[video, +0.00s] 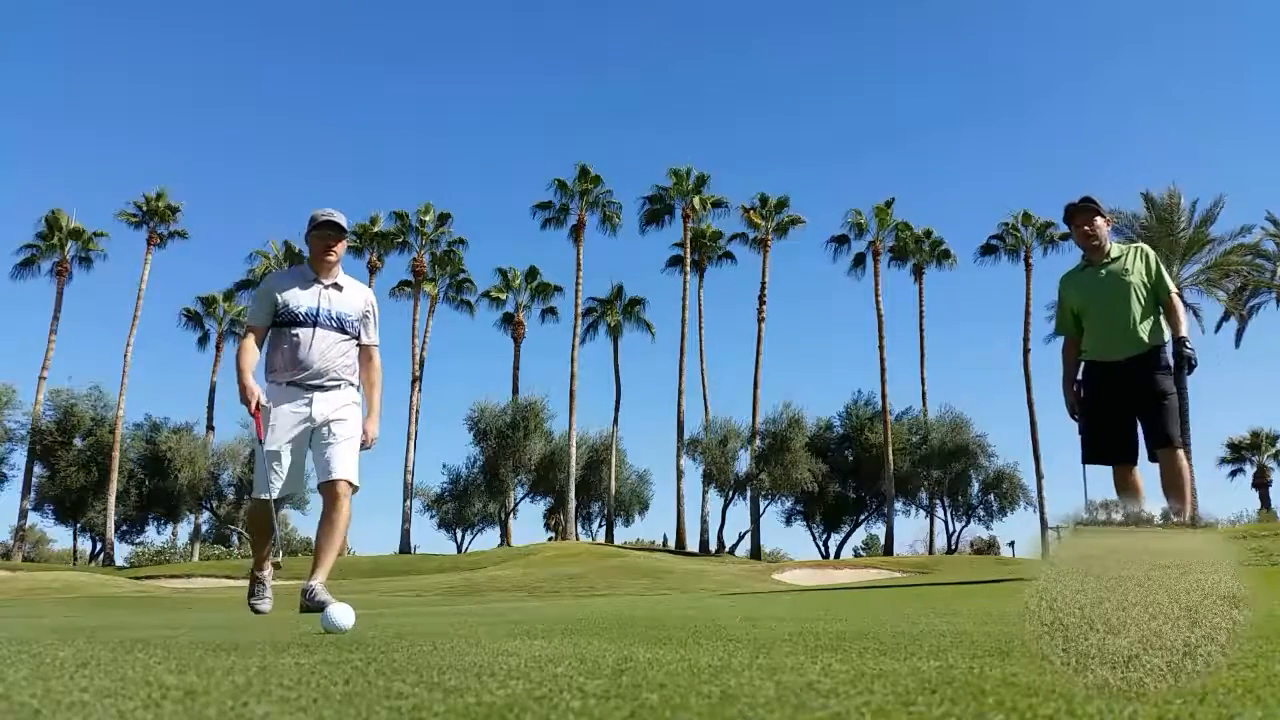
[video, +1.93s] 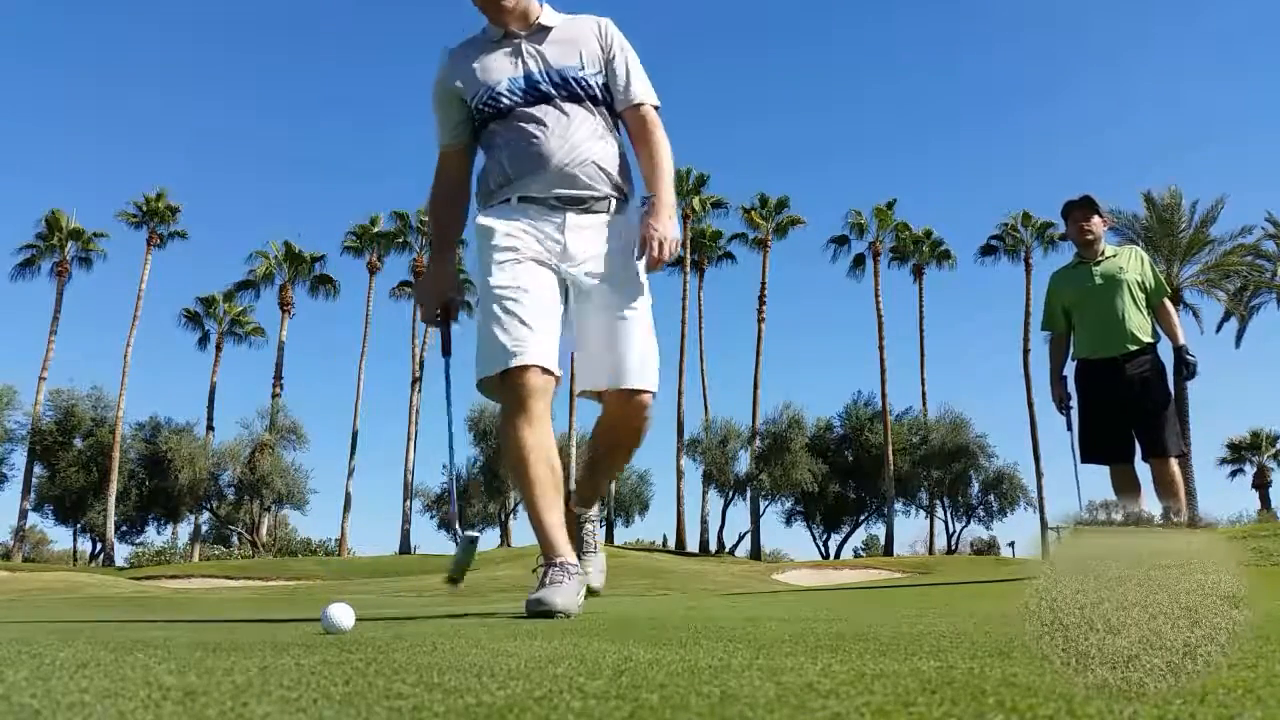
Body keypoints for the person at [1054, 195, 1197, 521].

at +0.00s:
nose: (1087, 229)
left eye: (1092, 221)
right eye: (1079, 226)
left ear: (1107, 223)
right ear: (1072, 235)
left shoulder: (1140, 254)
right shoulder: (1071, 282)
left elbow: (1170, 298)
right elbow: (1071, 339)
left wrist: (1182, 339)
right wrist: (1069, 386)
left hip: (1149, 366)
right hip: (1102, 375)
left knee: (1168, 446)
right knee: (1120, 460)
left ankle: (1181, 525)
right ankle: (1136, 530)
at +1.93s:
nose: (1083, 225)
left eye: (1088, 218)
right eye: (1075, 221)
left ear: (1104, 223)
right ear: (1067, 232)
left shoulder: (1134, 257)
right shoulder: (1062, 280)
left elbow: (1160, 303)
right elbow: (1059, 334)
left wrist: (1180, 346)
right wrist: (1056, 378)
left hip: (1143, 369)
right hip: (1096, 376)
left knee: (1162, 453)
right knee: (1118, 459)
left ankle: (1178, 528)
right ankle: (1135, 531)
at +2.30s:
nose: (1082, 226)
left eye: (1088, 219)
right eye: (1074, 223)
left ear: (1103, 224)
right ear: (1066, 232)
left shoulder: (1133, 258)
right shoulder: (1061, 281)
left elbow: (1159, 303)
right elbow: (1060, 337)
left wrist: (1180, 342)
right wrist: (1060, 383)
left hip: (1142, 369)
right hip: (1095, 376)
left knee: (1162, 453)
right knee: (1117, 460)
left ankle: (1180, 529)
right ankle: (1134, 534)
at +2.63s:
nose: (1100, 231)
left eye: (1103, 225)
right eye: (1091, 226)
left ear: (1108, 228)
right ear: (1072, 232)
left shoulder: (1133, 259)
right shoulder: (1061, 283)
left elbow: (1166, 302)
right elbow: (1059, 338)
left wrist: (1164, 307)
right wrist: (1053, 382)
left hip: (1141, 368)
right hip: (1095, 375)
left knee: (1162, 453)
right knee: (1117, 460)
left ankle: (1179, 530)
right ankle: (1135, 535)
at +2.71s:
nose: (1100, 232)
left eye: (1103, 225)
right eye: (1092, 227)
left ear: (1108, 228)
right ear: (1073, 233)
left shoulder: (1133, 260)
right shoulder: (1061, 283)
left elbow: (1166, 307)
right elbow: (1059, 338)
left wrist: (1161, 308)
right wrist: (1053, 383)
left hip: (1141, 368)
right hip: (1095, 375)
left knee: (1162, 453)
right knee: (1118, 460)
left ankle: (1179, 529)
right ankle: (1135, 534)